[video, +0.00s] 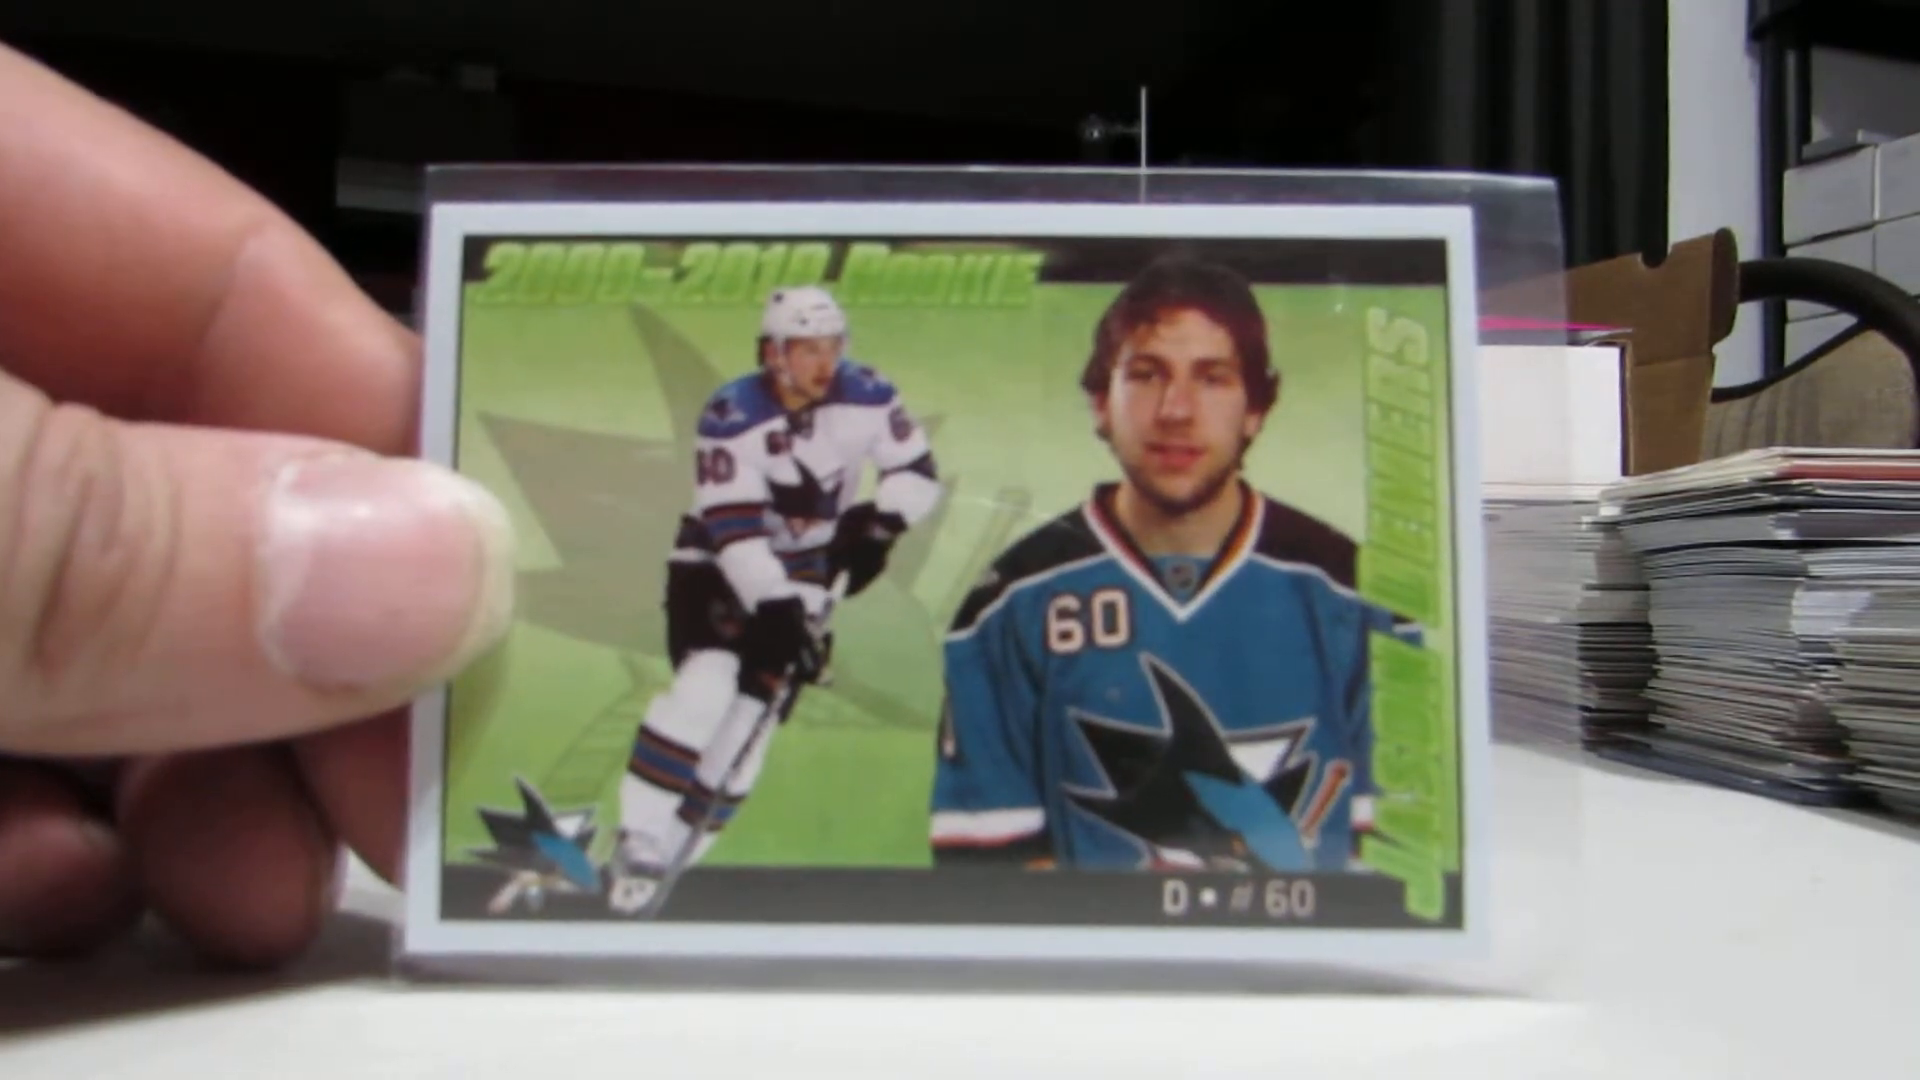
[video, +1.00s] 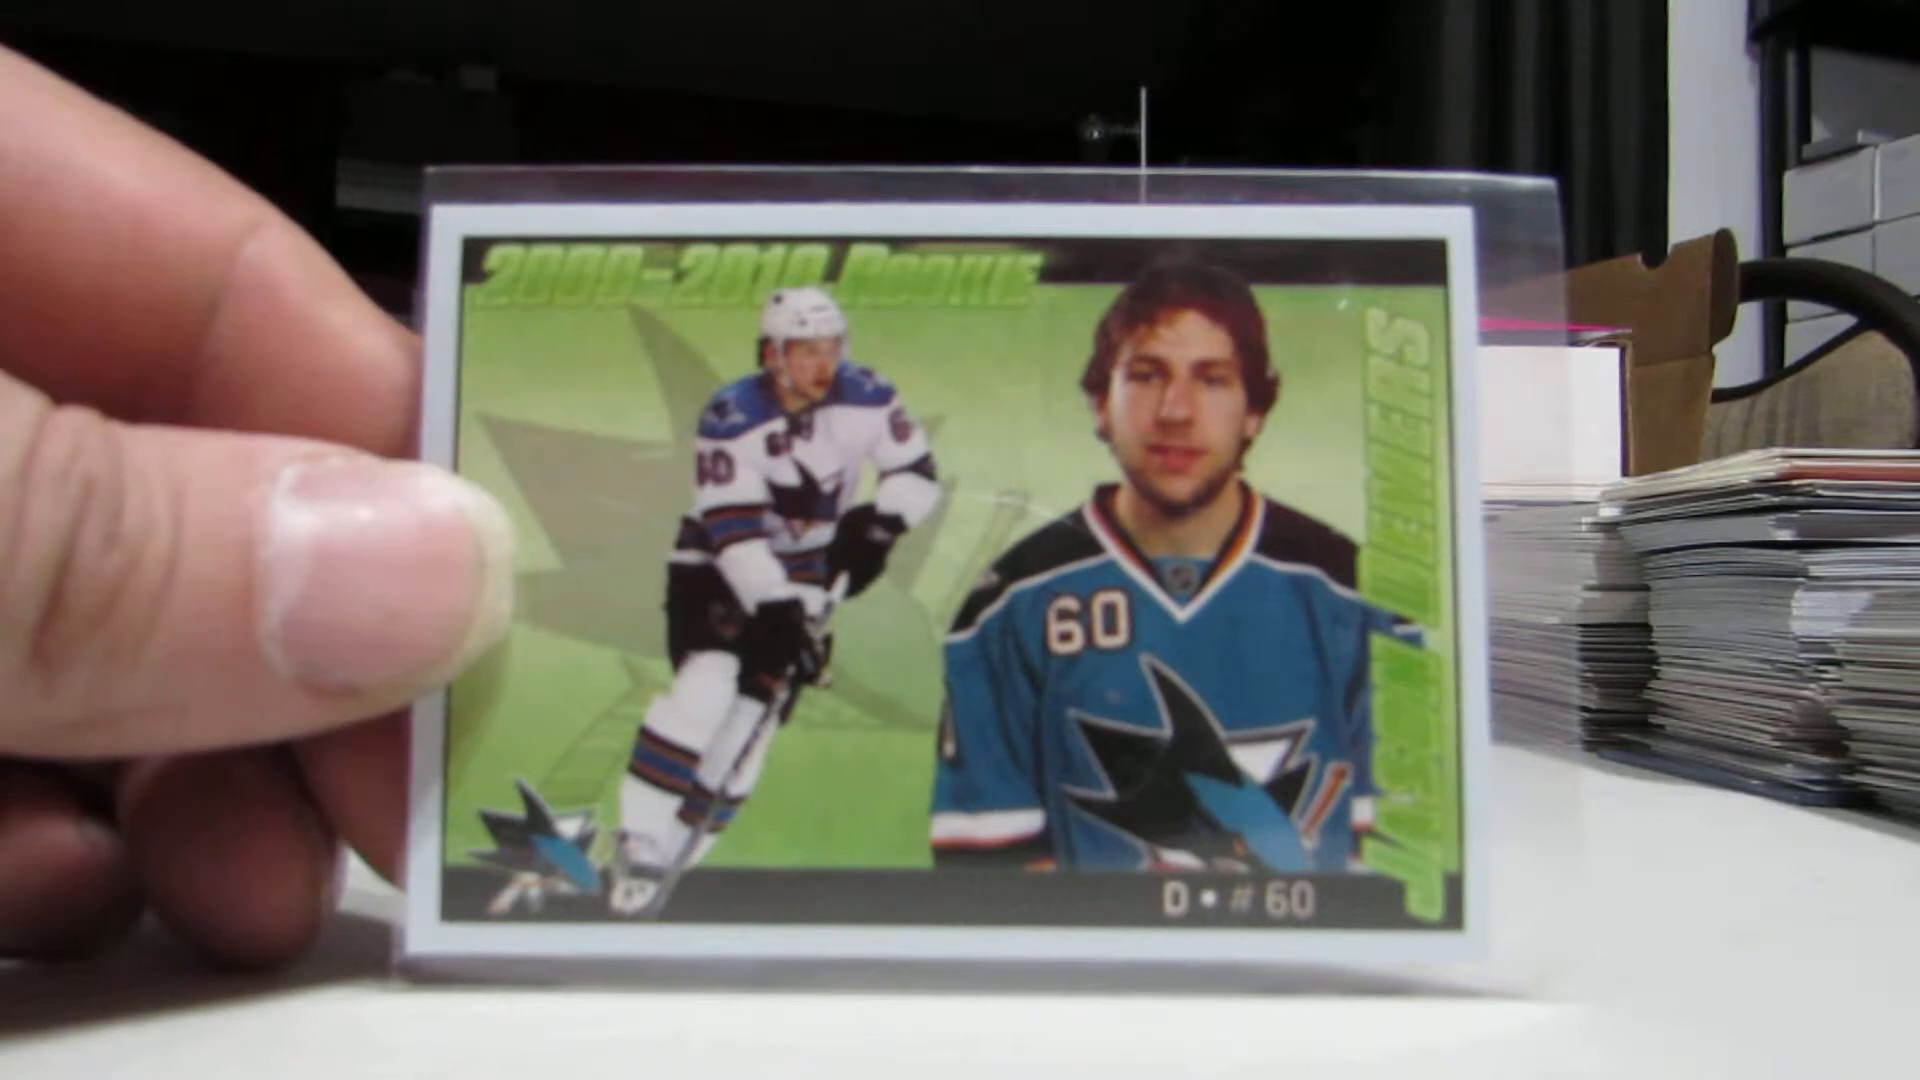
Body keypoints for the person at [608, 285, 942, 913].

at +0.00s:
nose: (825, 364)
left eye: (832, 350)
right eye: (809, 350)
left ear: (842, 350)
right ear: (773, 356)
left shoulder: (868, 398)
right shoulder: (733, 415)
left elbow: (917, 475)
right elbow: (732, 523)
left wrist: (877, 527)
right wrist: (774, 602)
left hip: (807, 572)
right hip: (721, 562)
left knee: (754, 715)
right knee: (709, 679)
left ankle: (677, 854)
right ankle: (641, 843)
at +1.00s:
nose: (822, 365)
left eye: (830, 351)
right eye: (805, 352)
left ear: (842, 350)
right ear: (772, 356)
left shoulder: (867, 399)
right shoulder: (732, 416)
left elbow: (916, 474)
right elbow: (732, 524)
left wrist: (877, 527)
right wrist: (775, 605)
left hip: (806, 573)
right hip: (721, 563)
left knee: (755, 715)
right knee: (709, 681)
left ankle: (680, 853)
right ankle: (642, 842)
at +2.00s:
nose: (828, 368)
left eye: (836, 354)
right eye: (813, 355)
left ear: (846, 354)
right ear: (777, 359)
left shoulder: (870, 403)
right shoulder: (736, 419)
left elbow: (918, 477)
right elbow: (735, 526)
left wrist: (880, 530)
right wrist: (777, 606)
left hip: (808, 578)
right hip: (723, 566)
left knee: (755, 718)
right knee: (711, 682)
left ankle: (676, 860)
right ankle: (641, 848)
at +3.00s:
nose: (824, 366)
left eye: (832, 352)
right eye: (808, 353)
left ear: (842, 352)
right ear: (773, 358)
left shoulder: (868, 401)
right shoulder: (732, 419)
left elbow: (917, 475)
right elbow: (732, 527)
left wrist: (878, 531)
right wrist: (776, 609)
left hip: (807, 578)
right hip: (720, 567)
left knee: (754, 722)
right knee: (708, 687)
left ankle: (680, 860)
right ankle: (640, 849)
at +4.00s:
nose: (825, 366)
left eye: (832, 352)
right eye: (809, 353)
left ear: (843, 352)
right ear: (773, 359)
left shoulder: (868, 401)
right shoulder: (732, 420)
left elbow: (917, 476)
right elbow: (732, 528)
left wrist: (879, 531)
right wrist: (776, 610)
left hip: (807, 580)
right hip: (720, 569)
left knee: (754, 723)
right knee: (709, 686)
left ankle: (678, 862)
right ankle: (640, 850)